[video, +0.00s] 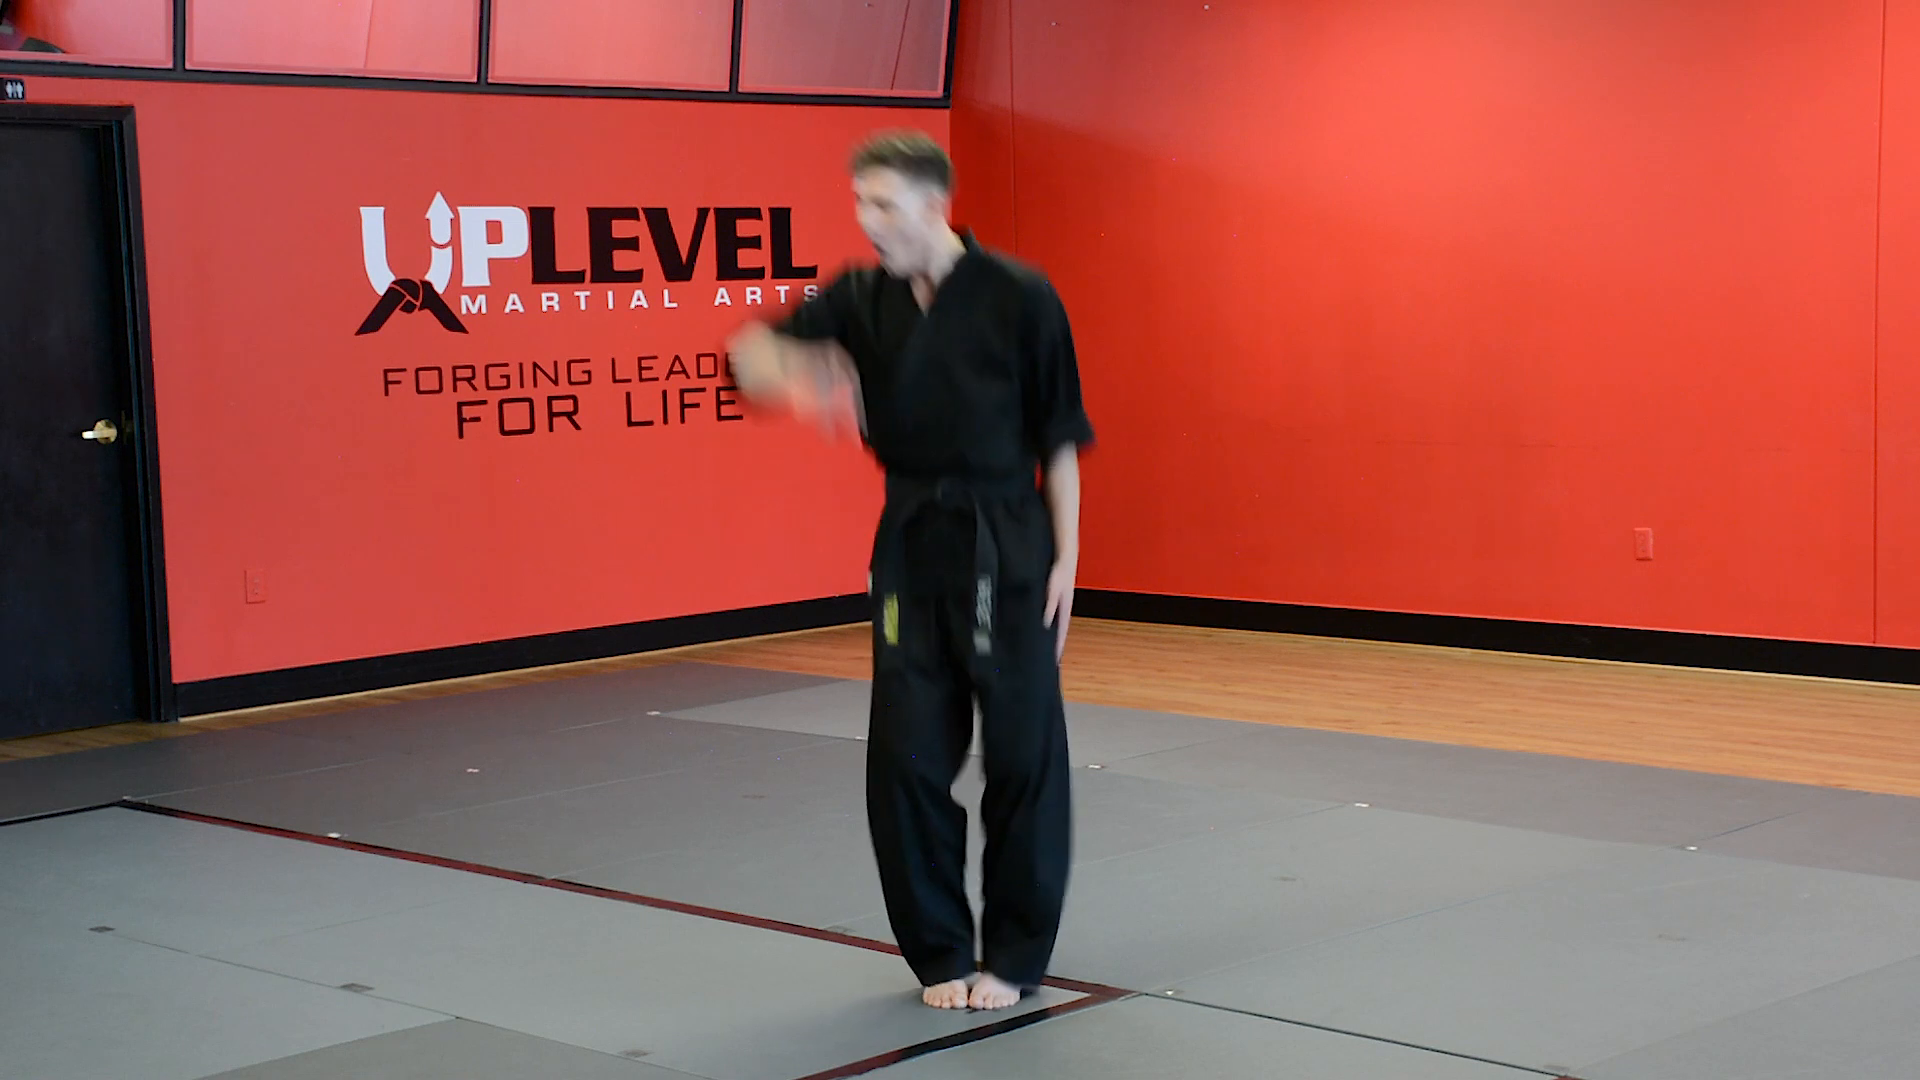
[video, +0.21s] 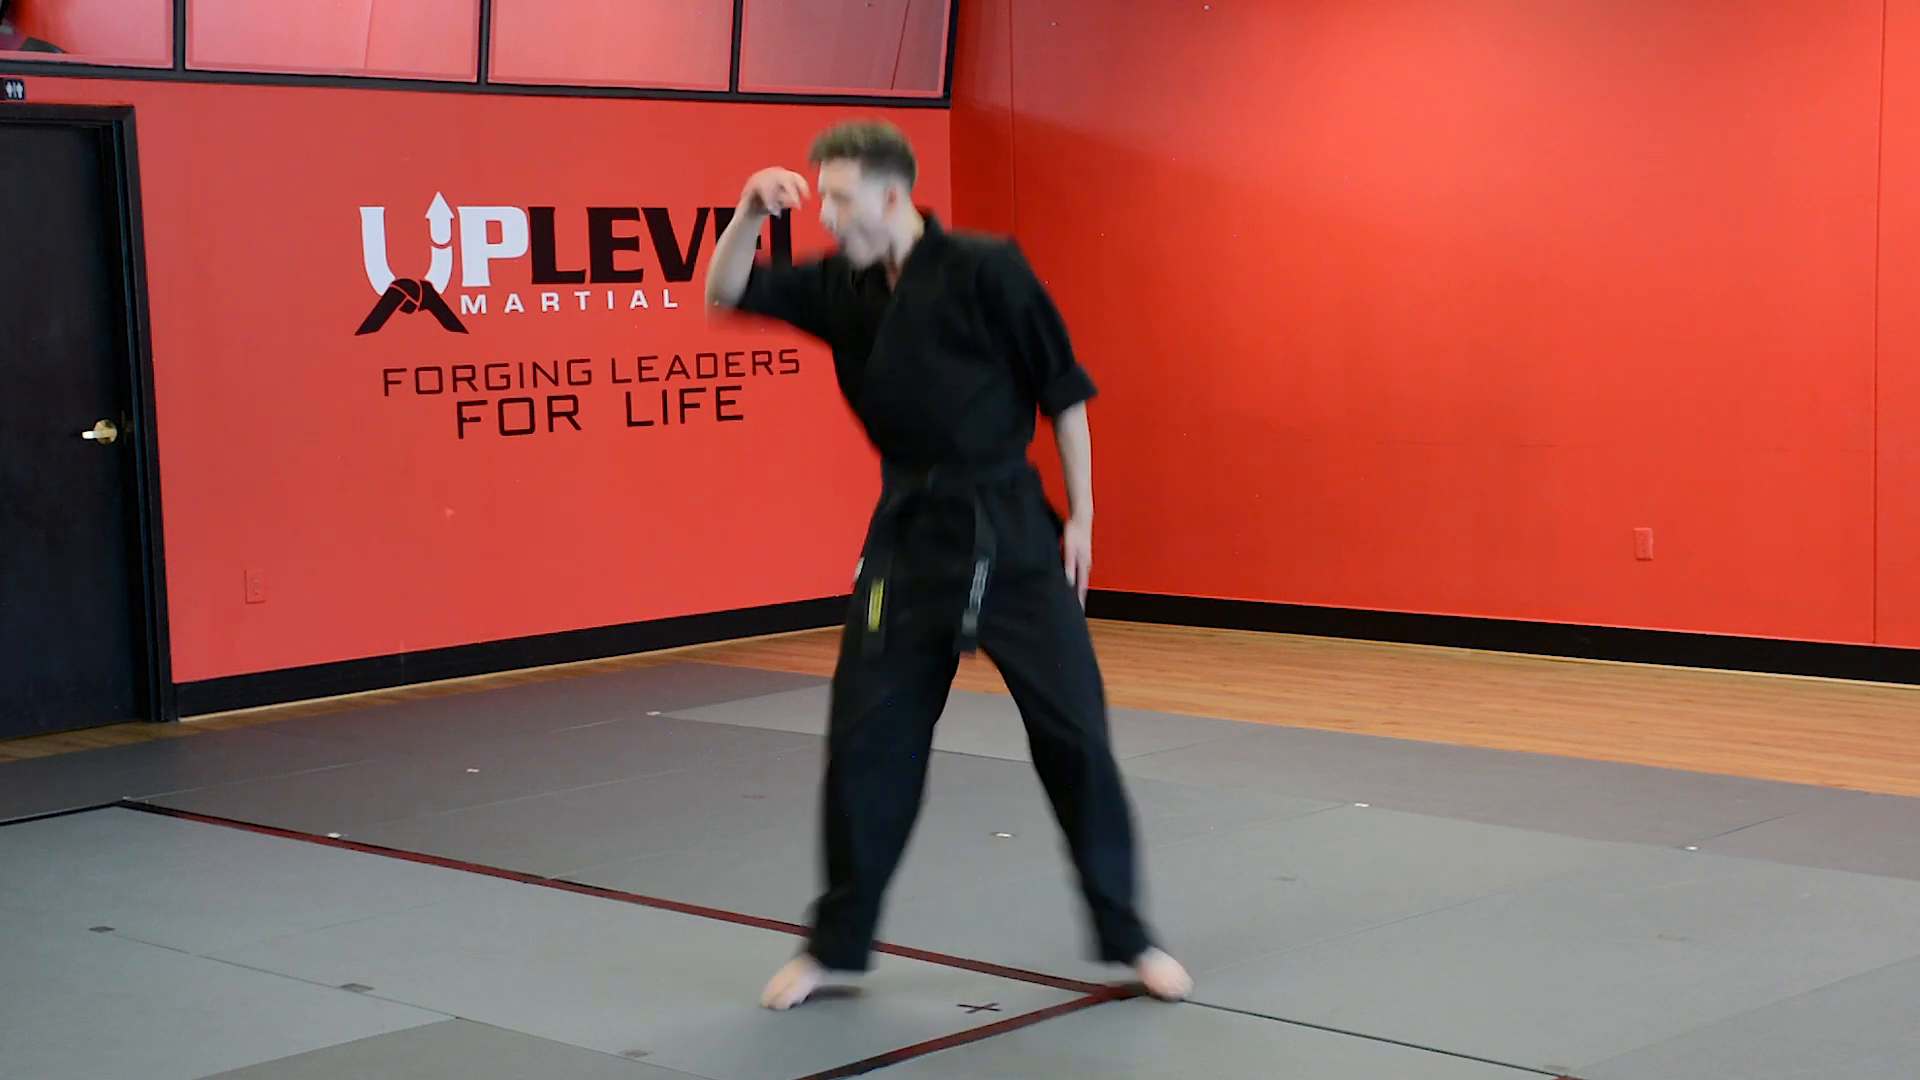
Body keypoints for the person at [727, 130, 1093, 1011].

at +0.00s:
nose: (868, 223)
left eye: (883, 206)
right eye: (861, 207)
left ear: (936, 202)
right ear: (862, 210)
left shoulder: (1021, 295)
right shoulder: (862, 295)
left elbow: (1059, 437)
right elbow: (750, 349)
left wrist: (1066, 560)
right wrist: (798, 379)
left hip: (1009, 537)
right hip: (910, 538)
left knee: (1025, 753)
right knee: (908, 756)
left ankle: (1015, 958)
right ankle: (942, 955)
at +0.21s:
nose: (826, 216)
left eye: (840, 198)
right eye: (822, 201)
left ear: (895, 195)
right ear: (826, 205)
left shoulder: (987, 267)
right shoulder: (838, 288)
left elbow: (1066, 394)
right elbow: (725, 295)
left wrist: (1081, 519)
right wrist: (747, 213)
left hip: (1011, 529)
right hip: (909, 533)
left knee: (1075, 737)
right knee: (867, 739)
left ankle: (1127, 937)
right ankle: (839, 949)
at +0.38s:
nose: (836, 283)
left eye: (849, 266)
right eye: (831, 267)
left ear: (904, 259)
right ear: (841, 266)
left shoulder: (1003, 338)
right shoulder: (847, 376)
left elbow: (1053, 476)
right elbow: (789, 482)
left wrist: (1073, 601)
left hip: (1016, 586)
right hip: (907, 593)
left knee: (1096, 775)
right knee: (826, 782)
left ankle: (1145, 953)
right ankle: (808, 964)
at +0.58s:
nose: (881, 291)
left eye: (899, 273)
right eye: (869, 272)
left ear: (940, 265)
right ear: (854, 269)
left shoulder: (1009, 339)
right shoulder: (843, 374)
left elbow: (1086, 451)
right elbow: (851, 524)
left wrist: (1067, 536)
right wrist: (837, 642)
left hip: (1028, 577)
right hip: (914, 588)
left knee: (1111, 766)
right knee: (835, 776)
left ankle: (1148, 950)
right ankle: (809, 964)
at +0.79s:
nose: (1007, 288)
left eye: (1018, 270)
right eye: (989, 273)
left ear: (1029, 264)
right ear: (946, 261)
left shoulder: (1042, 350)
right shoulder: (879, 349)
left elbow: (1170, 367)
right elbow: (840, 489)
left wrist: (1127, 276)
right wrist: (889, 574)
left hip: (1019, 583)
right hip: (910, 590)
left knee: (1127, 759)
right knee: (833, 780)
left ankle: (1158, 949)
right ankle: (808, 965)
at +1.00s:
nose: (1075, 304)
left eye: (1081, 290)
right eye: (1064, 286)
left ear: (1061, 284)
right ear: (1011, 270)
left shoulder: (1061, 389)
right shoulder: (913, 338)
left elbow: (1142, 495)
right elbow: (842, 473)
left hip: (1010, 591)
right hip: (899, 588)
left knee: (1123, 763)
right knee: (827, 783)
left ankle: (1157, 949)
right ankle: (806, 963)